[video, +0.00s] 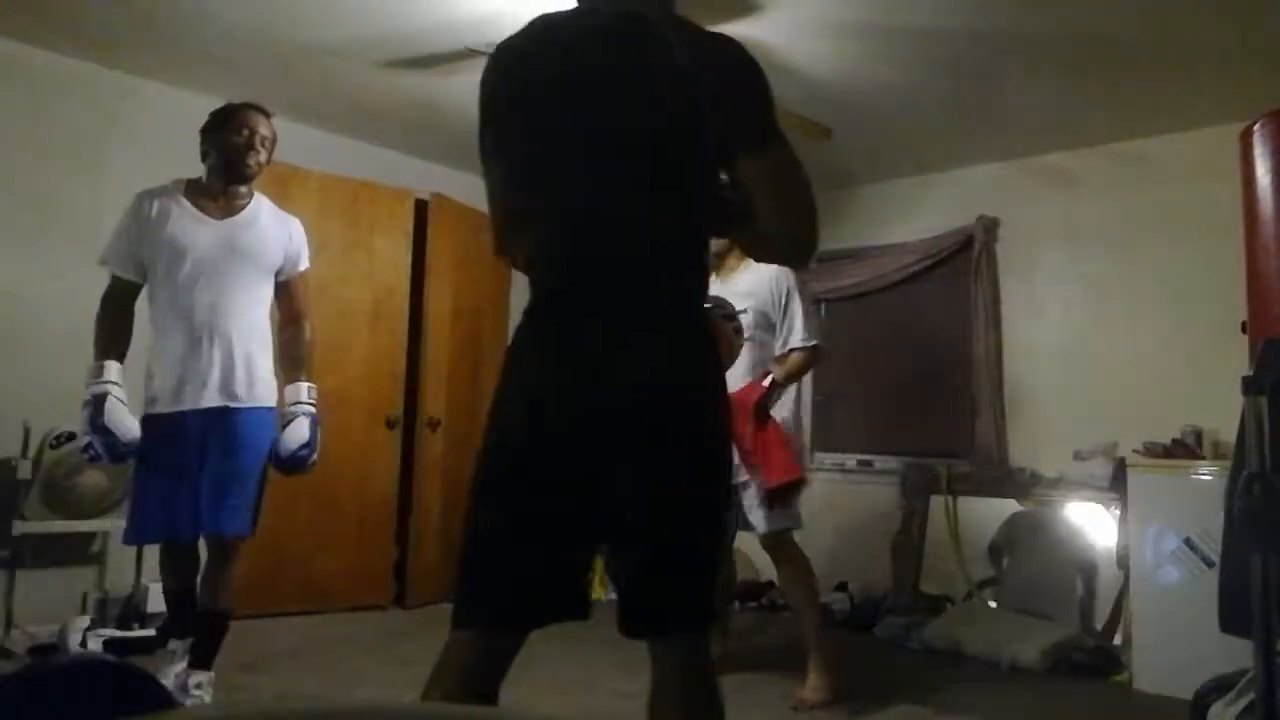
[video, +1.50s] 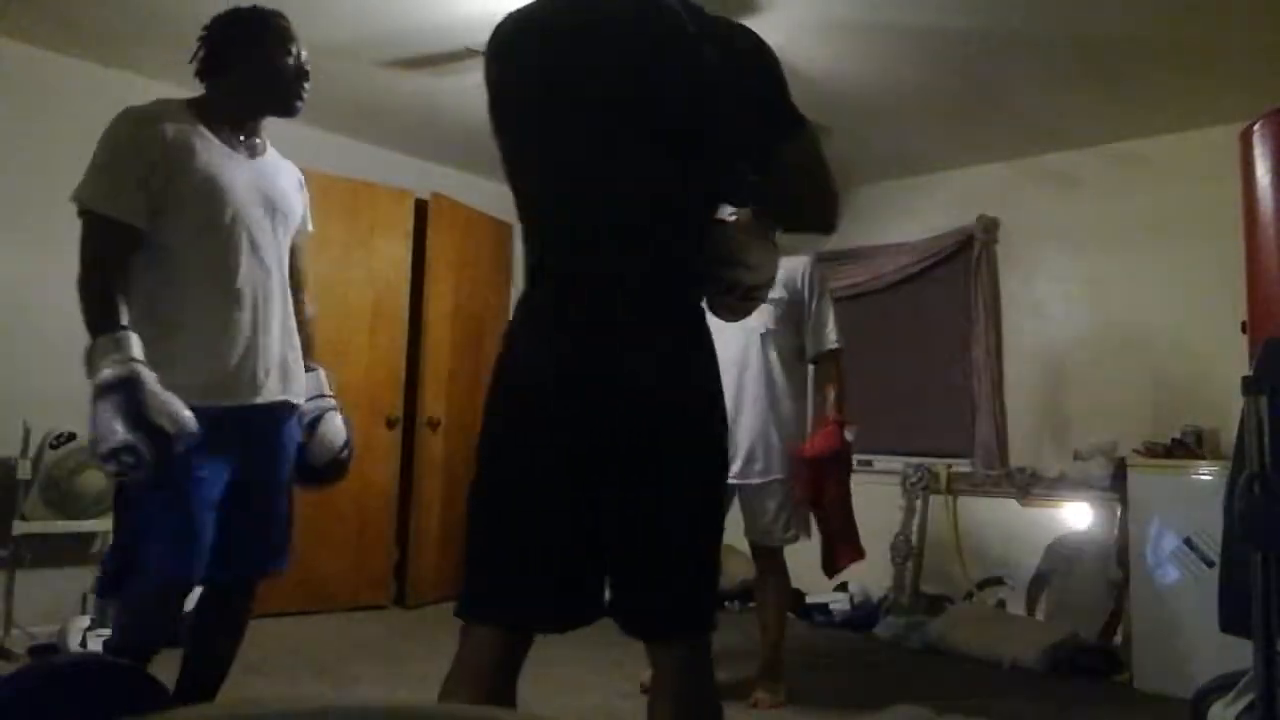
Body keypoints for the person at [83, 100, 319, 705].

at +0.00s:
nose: (255, 147)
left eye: (265, 143)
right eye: (243, 134)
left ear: (270, 158)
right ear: (207, 141)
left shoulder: (283, 230)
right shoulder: (155, 209)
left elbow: (295, 321)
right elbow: (118, 301)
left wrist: (301, 404)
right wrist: (105, 383)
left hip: (247, 403)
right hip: (171, 400)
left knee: (225, 541)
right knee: (175, 536)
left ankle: (200, 674)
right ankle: (186, 645)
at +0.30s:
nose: (261, 133)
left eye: (271, 126)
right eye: (248, 121)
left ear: (279, 141)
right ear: (212, 128)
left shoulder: (293, 216)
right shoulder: (156, 198)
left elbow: (316, 310)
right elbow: (115, 291)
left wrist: (328, 403)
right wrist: (71, 381)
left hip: (249, 404)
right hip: (164, 400)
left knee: (230, 547)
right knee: (146, 540)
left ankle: (197, 680)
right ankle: (197, 613)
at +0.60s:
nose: (250, 116)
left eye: (261, 108)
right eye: (236, 103)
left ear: (270, 124)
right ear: (200, 110)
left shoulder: (291, 202)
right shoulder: (152, 192)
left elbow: (316, 297)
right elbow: (121, 294)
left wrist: (319, 390)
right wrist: (84, 392)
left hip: (241, 405)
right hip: (152, 400)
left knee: (225, 550)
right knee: (132, 545)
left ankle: (195, 679)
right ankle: (116, 679)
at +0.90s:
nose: (237, 92)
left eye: (244, 82)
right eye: (220, 78)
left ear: (251, 95)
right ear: (174, 86)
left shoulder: (276, 183)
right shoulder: (121, 176)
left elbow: (300, 286)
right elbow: (87, 289)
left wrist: (304, 383)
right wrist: (54, 400)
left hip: (229, 404)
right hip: (134, 403)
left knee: (212, 559)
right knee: (123, 560)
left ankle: (195, 678)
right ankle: (124, 690)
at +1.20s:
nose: (261, 72)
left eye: (262, 61)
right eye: (244, 58)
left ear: (253, 78)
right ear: (190, 66)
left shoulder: (277, 176)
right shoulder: (113, 153)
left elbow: (295, 289)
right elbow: (60, 263)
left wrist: (323, 392)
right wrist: (40, 369)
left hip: (242, 400)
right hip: (136, 398)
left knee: (233, 570)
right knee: (125, 573)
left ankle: (190, 710)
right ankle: (122, 709)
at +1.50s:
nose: (304, 66)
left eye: (301, 54)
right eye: (286, 52)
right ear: (230, 62)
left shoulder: (289, 179)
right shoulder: (149, 133)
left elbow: (295, 298)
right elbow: (98, 267)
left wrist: (315, 394)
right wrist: (118, 373)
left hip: (268, 412)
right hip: (173, 410)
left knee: (235, 585)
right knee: (159, 587)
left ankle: (189, 710)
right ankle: (113, 702)